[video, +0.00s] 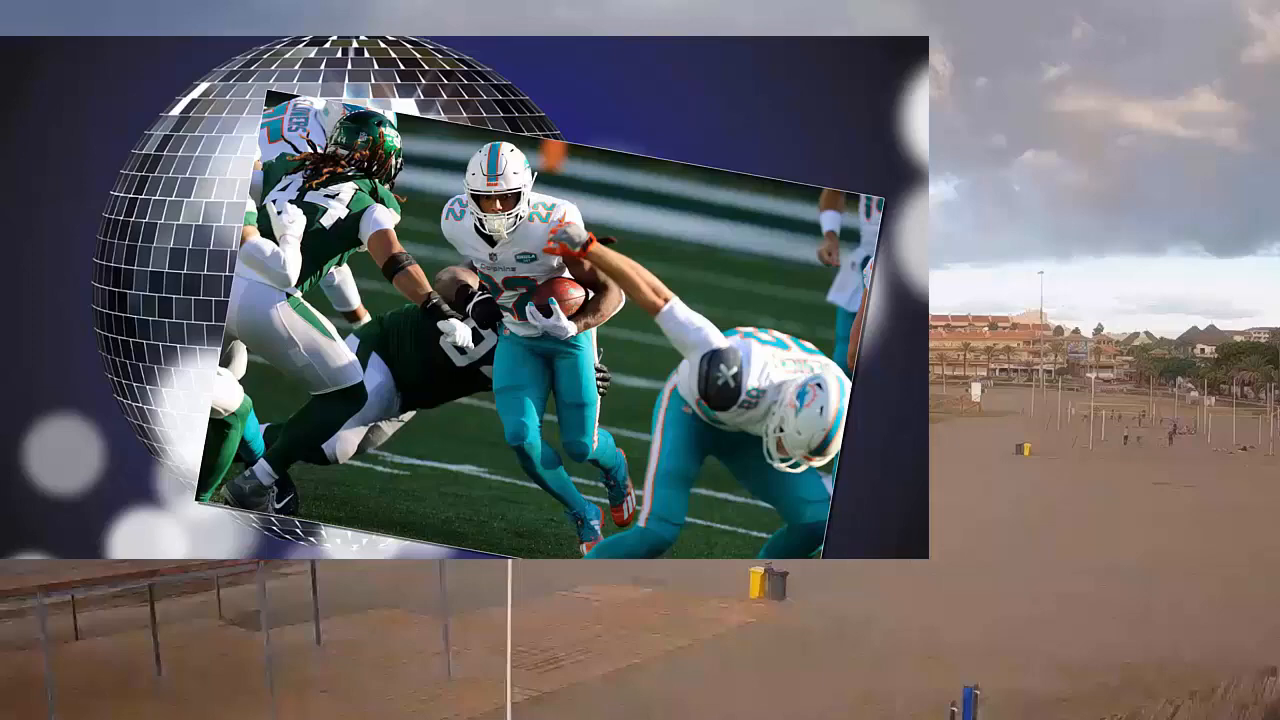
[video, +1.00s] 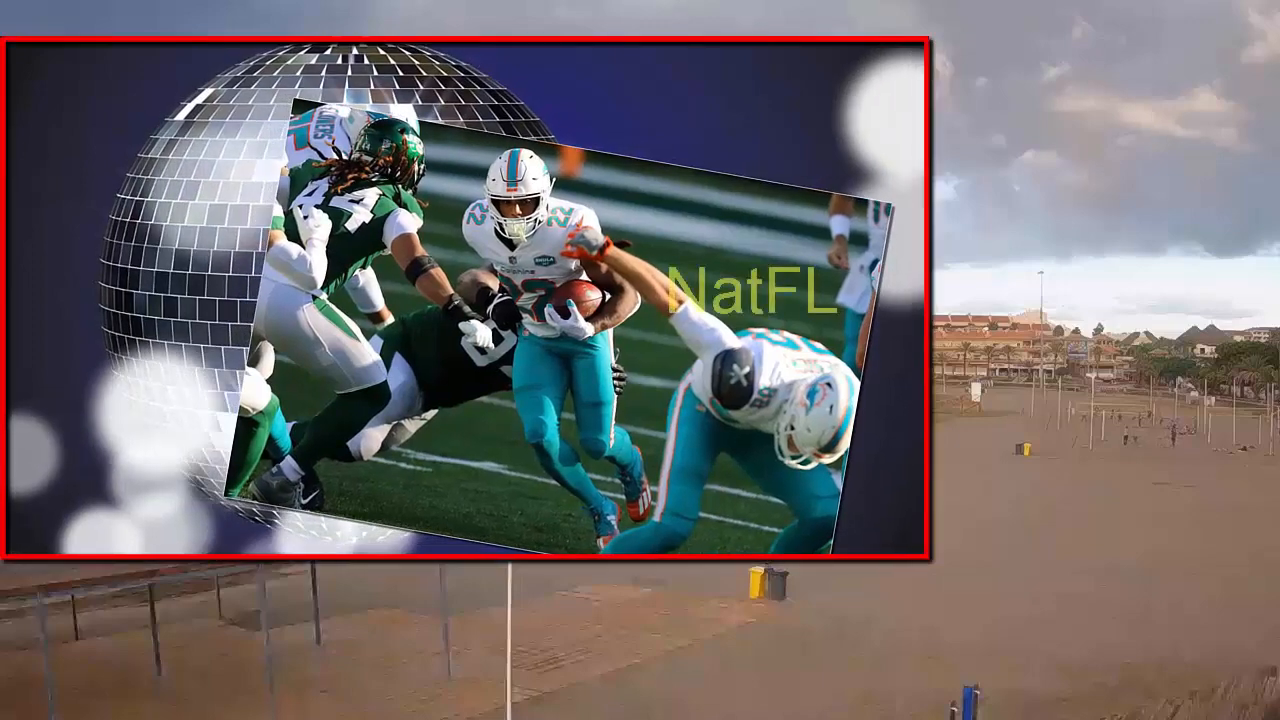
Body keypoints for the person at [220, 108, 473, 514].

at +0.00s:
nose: (394, 165)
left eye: (392, 156)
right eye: (392, 156)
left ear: (334, 143)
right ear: (381, 158)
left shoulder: (285, 168)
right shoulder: (366, 201)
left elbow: (231, 196)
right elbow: (394, 261)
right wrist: (435, 305)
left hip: (218, 278)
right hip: (267, 299)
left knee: (222, 379)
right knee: (347, 390)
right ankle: (258, 479)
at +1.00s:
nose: (417, 170)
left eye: (415, 162)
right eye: (415, 162)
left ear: (359, 151)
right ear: (403, 164)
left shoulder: (311, 174)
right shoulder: (391, 206)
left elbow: (256, 198)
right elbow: (418, 266)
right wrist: (461, 313)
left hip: (241, 281)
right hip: (293, 299)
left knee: (250, 384)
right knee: (372, 390)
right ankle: (286, 474)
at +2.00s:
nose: (439, 178)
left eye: (439, 170)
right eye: (437, 170)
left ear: (384, 156)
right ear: (427, 170)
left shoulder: (336, 178)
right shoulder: (414, 211)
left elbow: (285, 207)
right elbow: (440, 268)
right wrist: (482, 315)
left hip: (272, 285)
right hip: (321, 302)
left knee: (283, 366)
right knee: (395, 388)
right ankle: (313, 470)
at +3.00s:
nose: (462, 184)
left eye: (462, 177)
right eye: (460, 176)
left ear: (409, 163)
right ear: (450, 177)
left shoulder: (365, 184)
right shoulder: (439, 216)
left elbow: (315, 202)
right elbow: (463, 271)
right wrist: (504, 316)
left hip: (299, 284)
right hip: (346, 304)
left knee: (303, 386)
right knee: (420, 389)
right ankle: (339, 468)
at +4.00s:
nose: (485, 189)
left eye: (485, 182)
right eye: (483, 182)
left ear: (435, 170)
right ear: (473, 182)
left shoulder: (390, 190)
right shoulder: (463, 218)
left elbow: (340, 207)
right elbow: (485, 273)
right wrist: (522, 314)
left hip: (328, 289)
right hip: (374, 306)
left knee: (334, 369)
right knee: (445, 388)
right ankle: (367, 462)